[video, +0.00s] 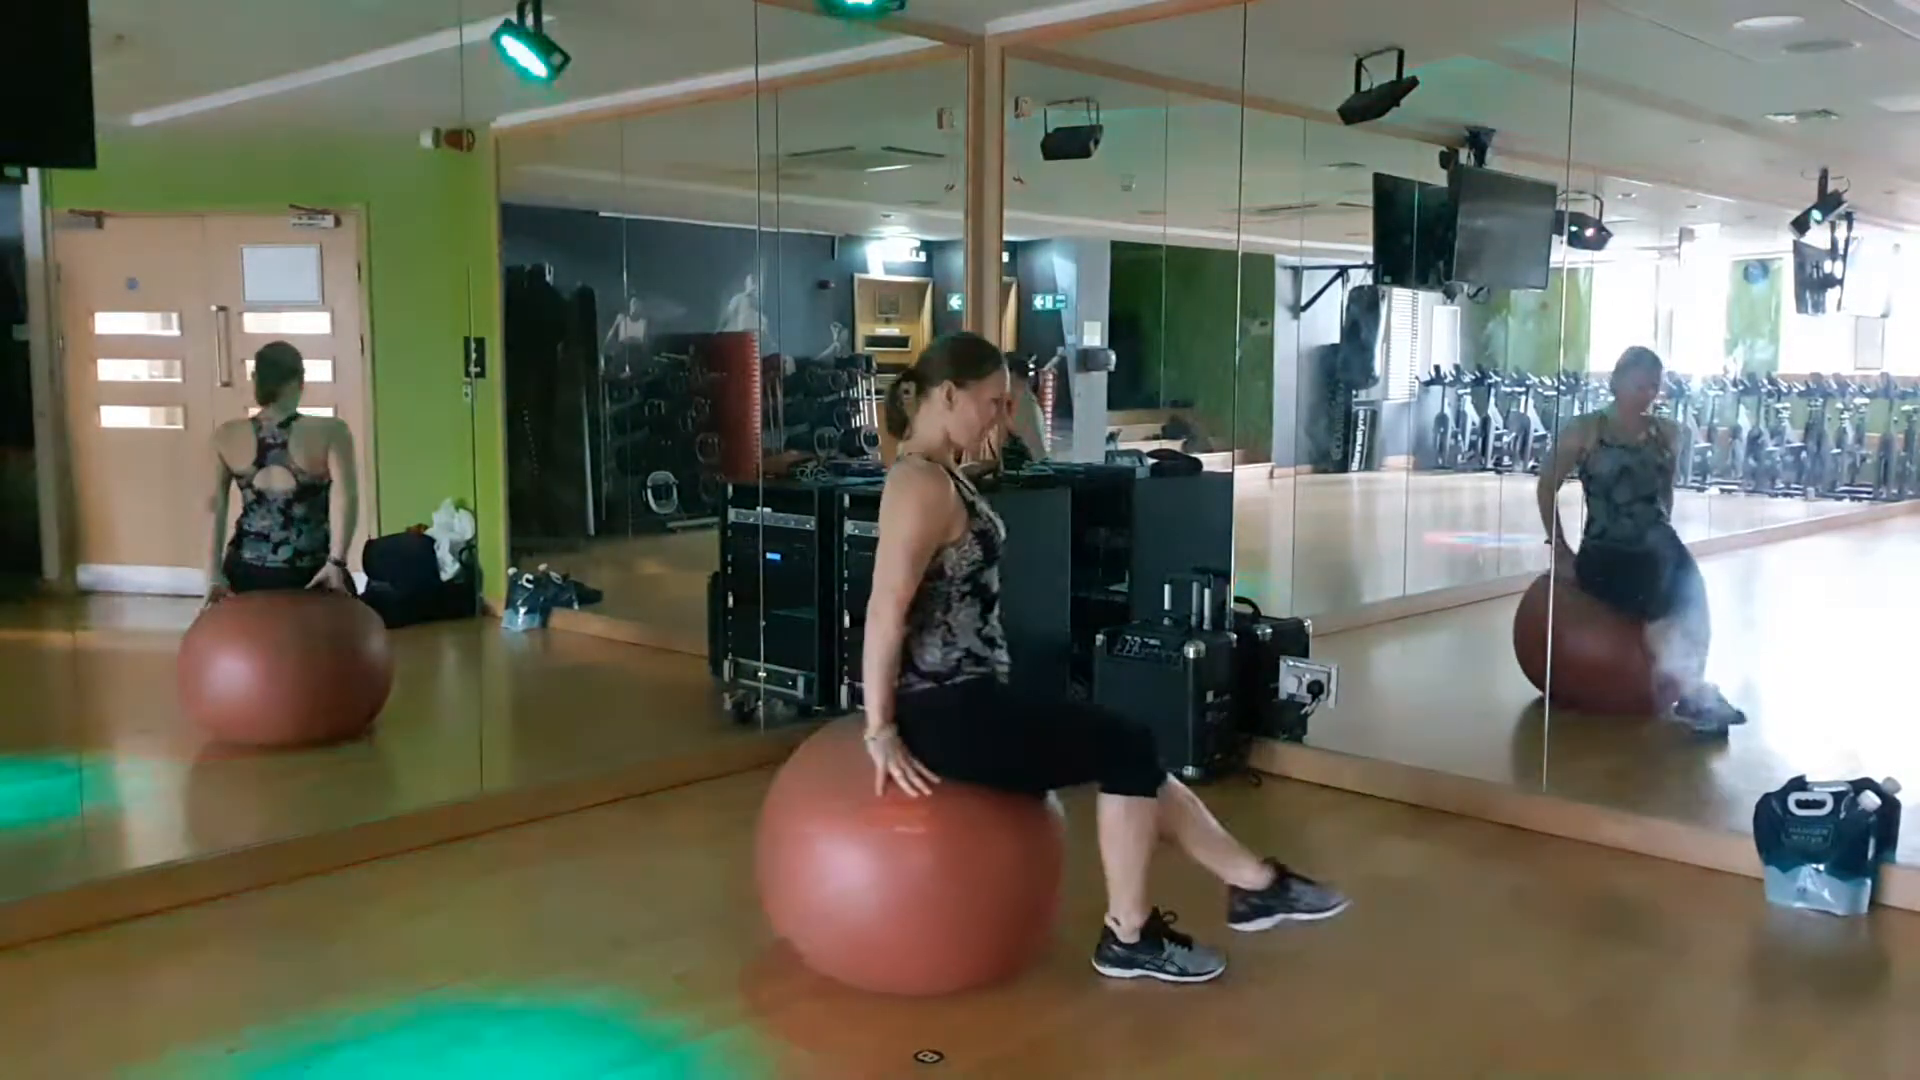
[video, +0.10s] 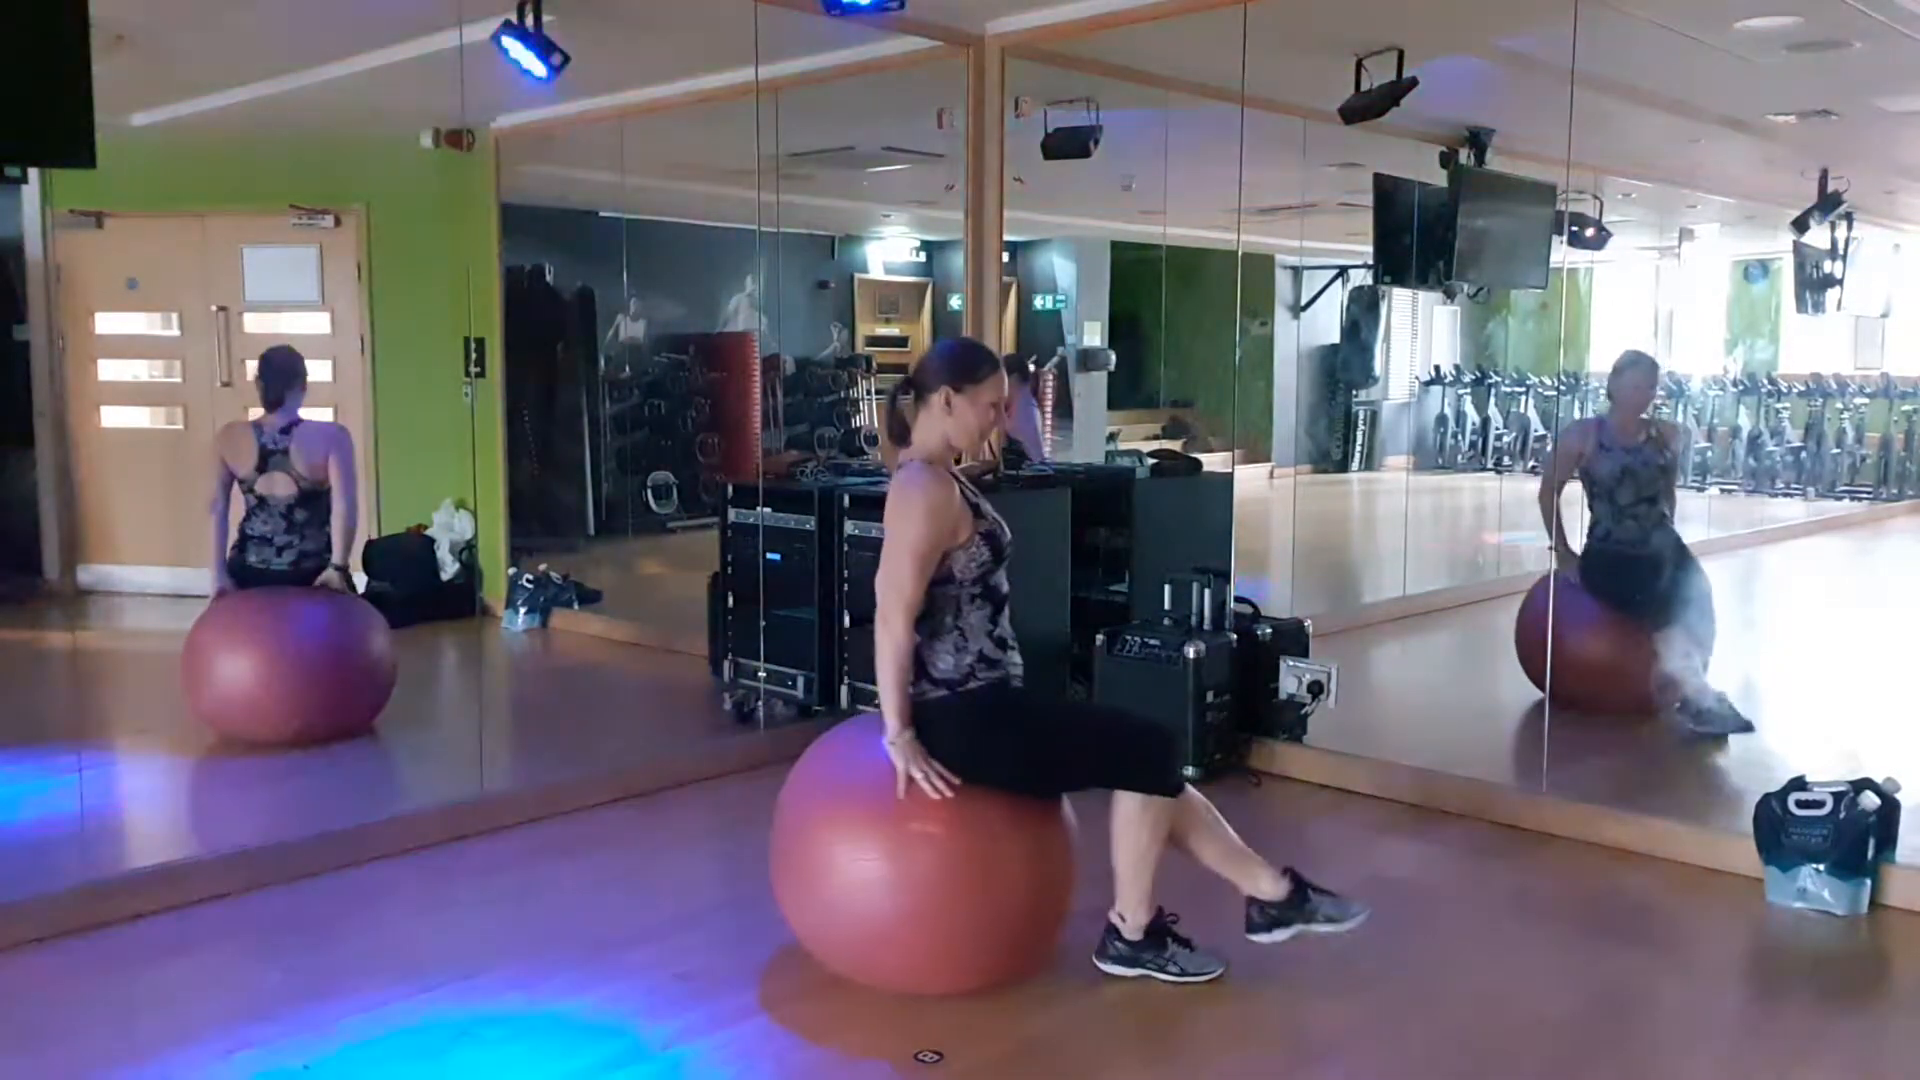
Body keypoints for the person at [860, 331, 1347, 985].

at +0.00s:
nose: (997, 426)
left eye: (1003, 412)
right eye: (994, 407)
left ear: (945, 398)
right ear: (950, 394)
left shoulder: (939, 479)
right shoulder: (919, 484)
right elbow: (887, 605)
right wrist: (880, 727)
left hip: (972, 701)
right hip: (944, 713)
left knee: (1129, 750)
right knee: (1122, 749)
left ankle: (1255, 882)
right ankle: (1129, 934)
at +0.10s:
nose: (998, 425)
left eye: (1001, 410)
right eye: (991, 408)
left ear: (951, 403)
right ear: (946, 400)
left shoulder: (943, 483)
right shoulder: (923, 489)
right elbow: (893, 615)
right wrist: (899, 733)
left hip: (987, 704)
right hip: (960, 716)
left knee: (1146, 763)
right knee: (1144, 749)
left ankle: (1273, 891)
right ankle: (1133, 931)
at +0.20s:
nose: (998, 431)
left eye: (1000, 416)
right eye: (990, 414)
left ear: (950, 411)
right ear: (946, 408)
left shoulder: (946, 488)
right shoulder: (927, 497)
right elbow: (901, 622)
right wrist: (917, 739)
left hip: (1001, 710)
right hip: (977, 723)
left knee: (1168, 764)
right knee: (1163, 750)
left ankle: (1268, 915)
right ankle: (1137, 927)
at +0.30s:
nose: (999, 437)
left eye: (1000, 423)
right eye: (990, 422)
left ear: (951, 419)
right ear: (946, 416)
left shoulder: (948, 496)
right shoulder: (930, 506)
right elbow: (910, 628)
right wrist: (934, 743)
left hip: (1015, 713)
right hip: (993, 728)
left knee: (1187, 755)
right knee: (1177, 741)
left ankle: (1271, 914)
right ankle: (1147, 917)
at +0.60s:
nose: (993, 457)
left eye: (993, 443)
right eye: (981, 444)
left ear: (939, 448)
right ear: (933, 446)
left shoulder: (945, 519)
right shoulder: (932, 531)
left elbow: (968, 641)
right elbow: (939, 658)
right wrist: (980, 762)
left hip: (1054, 711)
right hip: (1032, 728)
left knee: (1234, 724)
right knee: (1219, 717)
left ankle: (1277, 914)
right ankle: (1214, 887)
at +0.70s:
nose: (992, 463)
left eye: (991, 451)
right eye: (979, 453)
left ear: (936, 458)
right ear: (931, 457)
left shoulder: (947, 526)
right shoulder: (937, 539)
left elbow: (975, 650)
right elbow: (950, 668)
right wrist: (997, 770)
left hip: (1059, 715)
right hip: (1046, 730)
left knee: (1237, 716)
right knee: (1241, 719)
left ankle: (1270, 915)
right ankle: (1279, 905)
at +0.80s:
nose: (988, 475)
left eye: (990, 462)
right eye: (979, 462)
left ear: (929, 463)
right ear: (932, 462)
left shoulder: (948, 532)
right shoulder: (938, 545)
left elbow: (989, 654)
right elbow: (958, 668)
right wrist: (1018, 772)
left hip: (1074, 717)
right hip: (1060, 733)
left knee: (1245, 729)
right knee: (1259, 724)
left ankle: (1274, 921)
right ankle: (1358, 895)